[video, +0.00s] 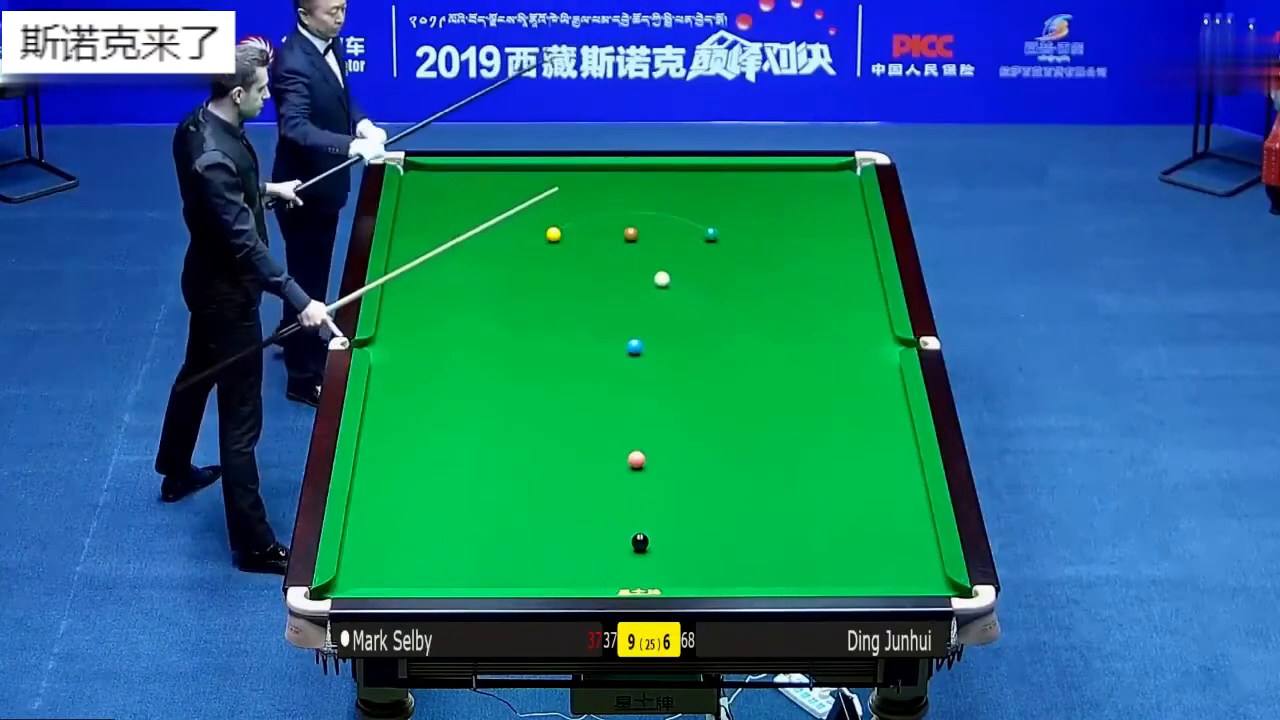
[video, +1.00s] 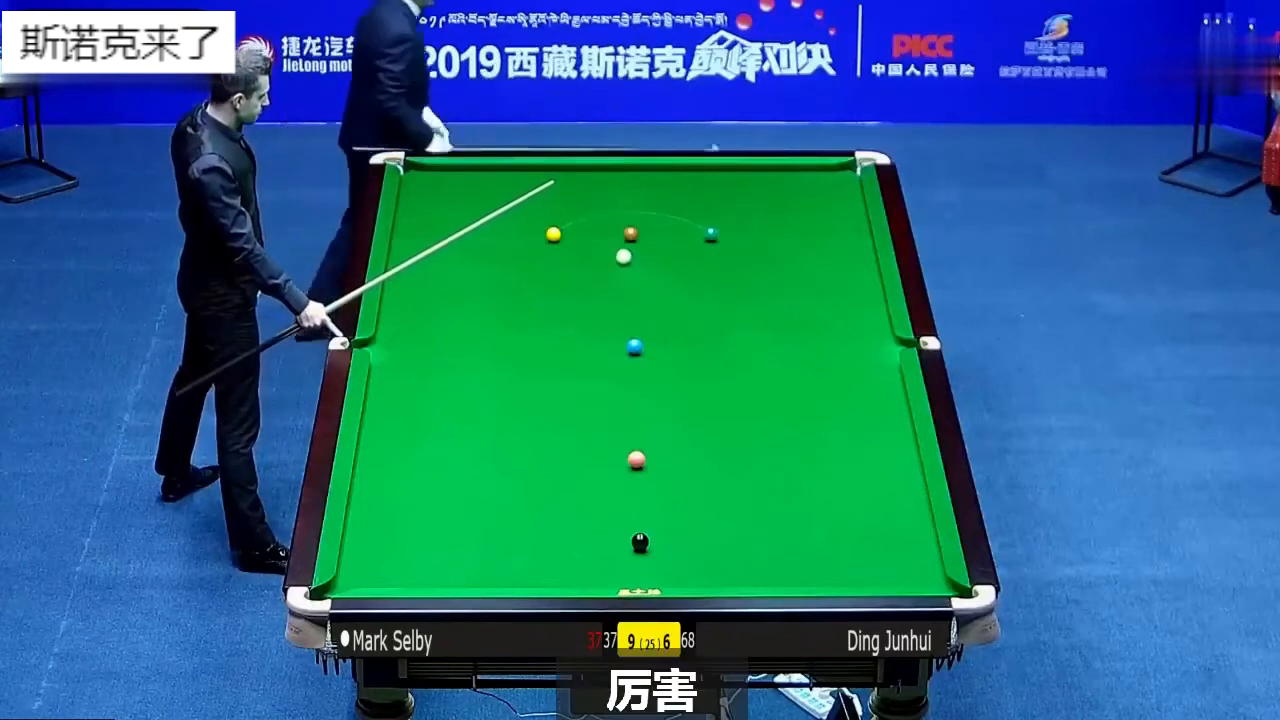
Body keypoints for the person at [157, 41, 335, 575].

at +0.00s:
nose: (267, 95)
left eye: (265, 86)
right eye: (261, 87)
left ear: (231, 86)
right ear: (238, 91)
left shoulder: (207, 122)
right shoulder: (214, 160)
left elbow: (225, 188)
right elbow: (244, 245)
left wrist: (267, 190)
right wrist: (302, 301)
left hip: (212, 280)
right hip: (230, 294)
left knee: (195, 379)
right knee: (241, 424)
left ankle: (175, 472)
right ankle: (253, 545)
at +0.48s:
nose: (267, 97)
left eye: (267, 88)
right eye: (261, 89)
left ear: (230, 89)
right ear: (235, 93)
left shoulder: (203, 120)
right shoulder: (213, 164)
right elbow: (245, 246)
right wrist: (301, 301)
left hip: (208, 281)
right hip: (225, 295)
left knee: (195, 379)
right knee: (239, 425)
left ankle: (175, 472)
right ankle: (253, 546)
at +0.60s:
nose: (267, 100)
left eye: (267, 91)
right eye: (262, 92)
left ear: (229, 89)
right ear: (237, 94)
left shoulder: (202, 121)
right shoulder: (212, 165)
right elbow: (246, 247)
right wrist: (302, 301)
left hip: (206, 281)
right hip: (226, 296)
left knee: (193, 379)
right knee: (240, 425)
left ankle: (175, 472)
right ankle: (253, 546)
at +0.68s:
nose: (266, 100)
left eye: (266, 91)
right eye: (261, 92)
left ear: (228, 90)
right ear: (236, 95)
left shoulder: (201, 122)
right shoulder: (212, 165)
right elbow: (245, 246)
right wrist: (301, 301)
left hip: (206, 282)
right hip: (226, 297)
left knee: (192, 379)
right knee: (239, 425)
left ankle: (175, 473)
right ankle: (253, 546)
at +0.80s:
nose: (267, 102)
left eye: (267, 93)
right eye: (262, 94)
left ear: (229, 92)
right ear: (235, 96)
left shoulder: (200, 121)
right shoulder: (212, 166)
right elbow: (245, 247)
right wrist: (300, 302)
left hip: (206, 284)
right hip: (226, 299)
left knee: (192, 379)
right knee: (239, 426)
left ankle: (175, 472)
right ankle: (253, 546)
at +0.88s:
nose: (267, 103)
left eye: (267, 94)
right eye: (262, 95)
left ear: (228, 93)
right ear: (237, 98)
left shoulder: (200, 122)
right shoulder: (211, 169)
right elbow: (245, 248)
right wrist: (301, 301)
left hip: (206, 284)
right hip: (226, 298)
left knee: (192, 379)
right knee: (239, 426)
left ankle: (175, 472)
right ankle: (253, 546)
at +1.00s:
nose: (266, 104)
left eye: (266, 94)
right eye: (260, 96)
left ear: (228, 93)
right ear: (235, 98)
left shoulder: (200, 122)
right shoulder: (210, 168)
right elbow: (244, 248)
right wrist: (300, 302)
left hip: (206, 283)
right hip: (225, 298)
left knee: (193, 379)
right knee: (239, 424)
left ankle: (175, 472)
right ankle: (253, 546)